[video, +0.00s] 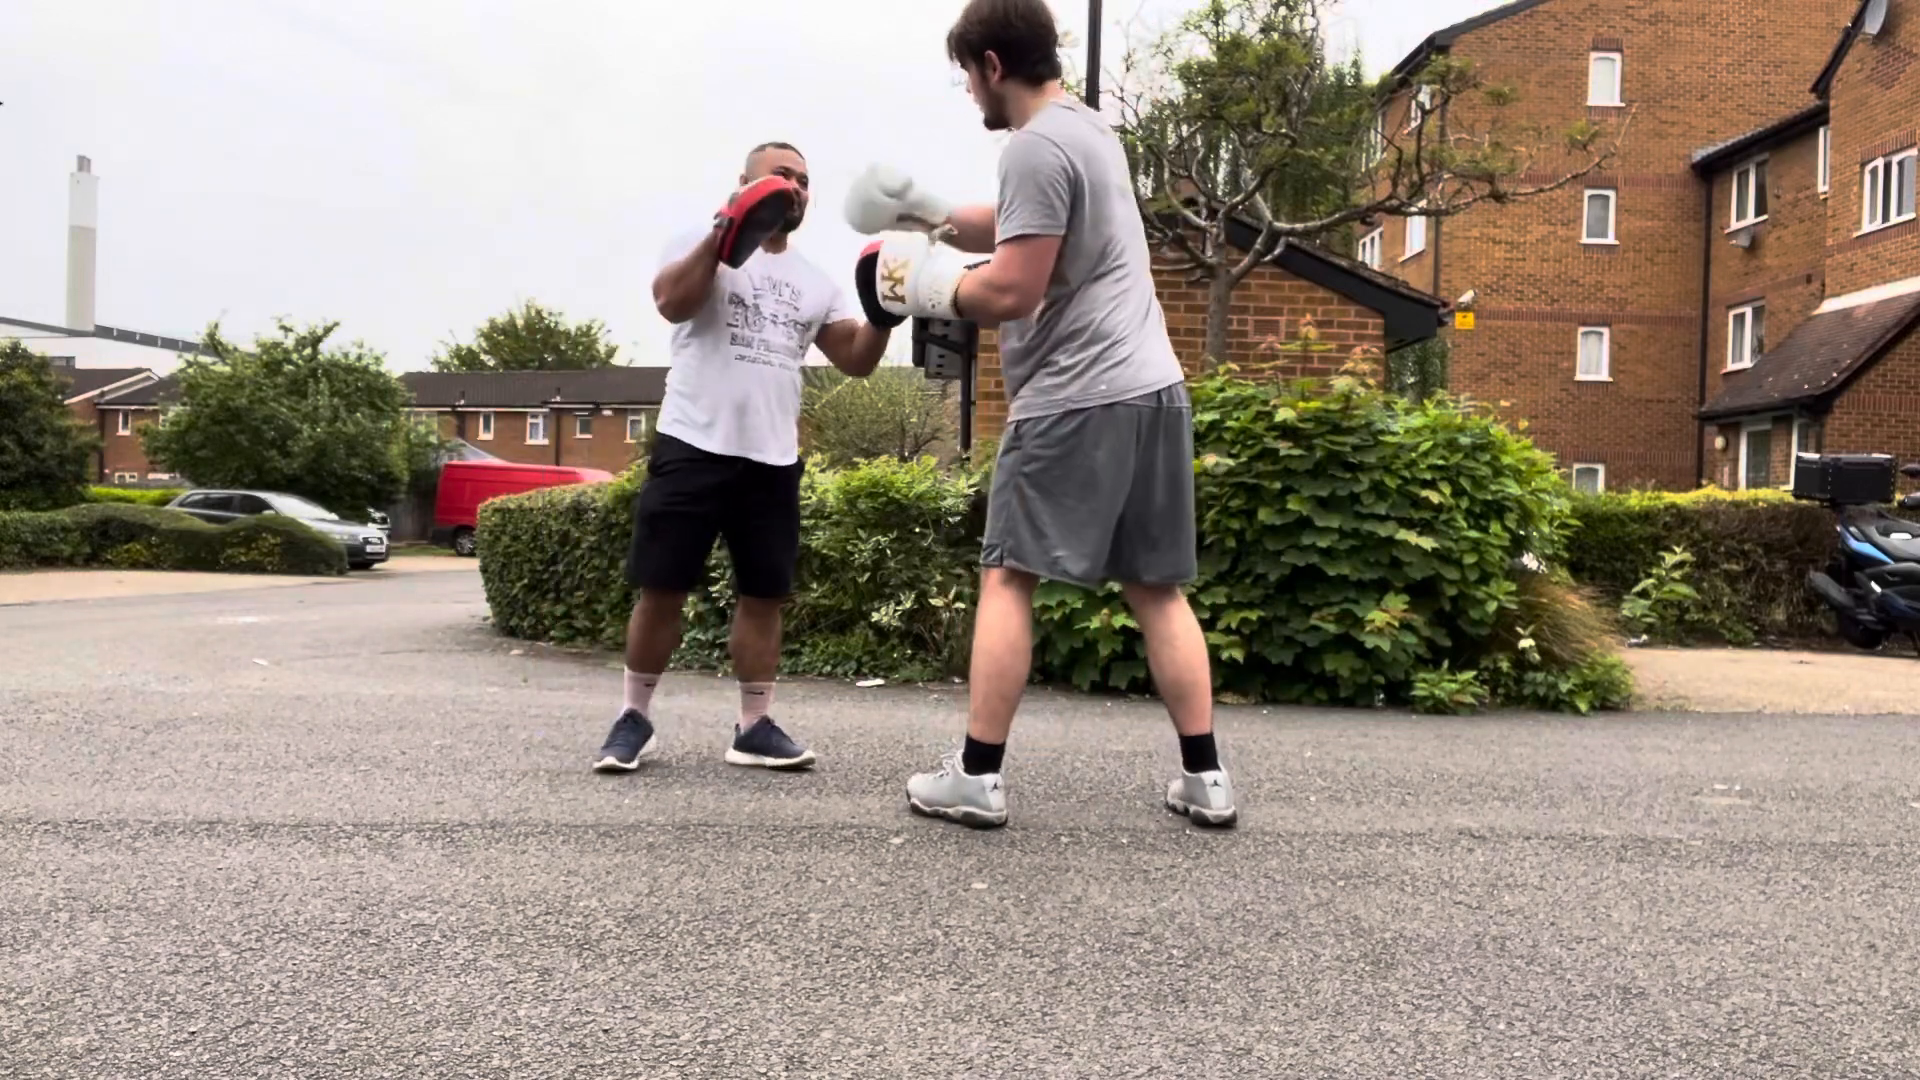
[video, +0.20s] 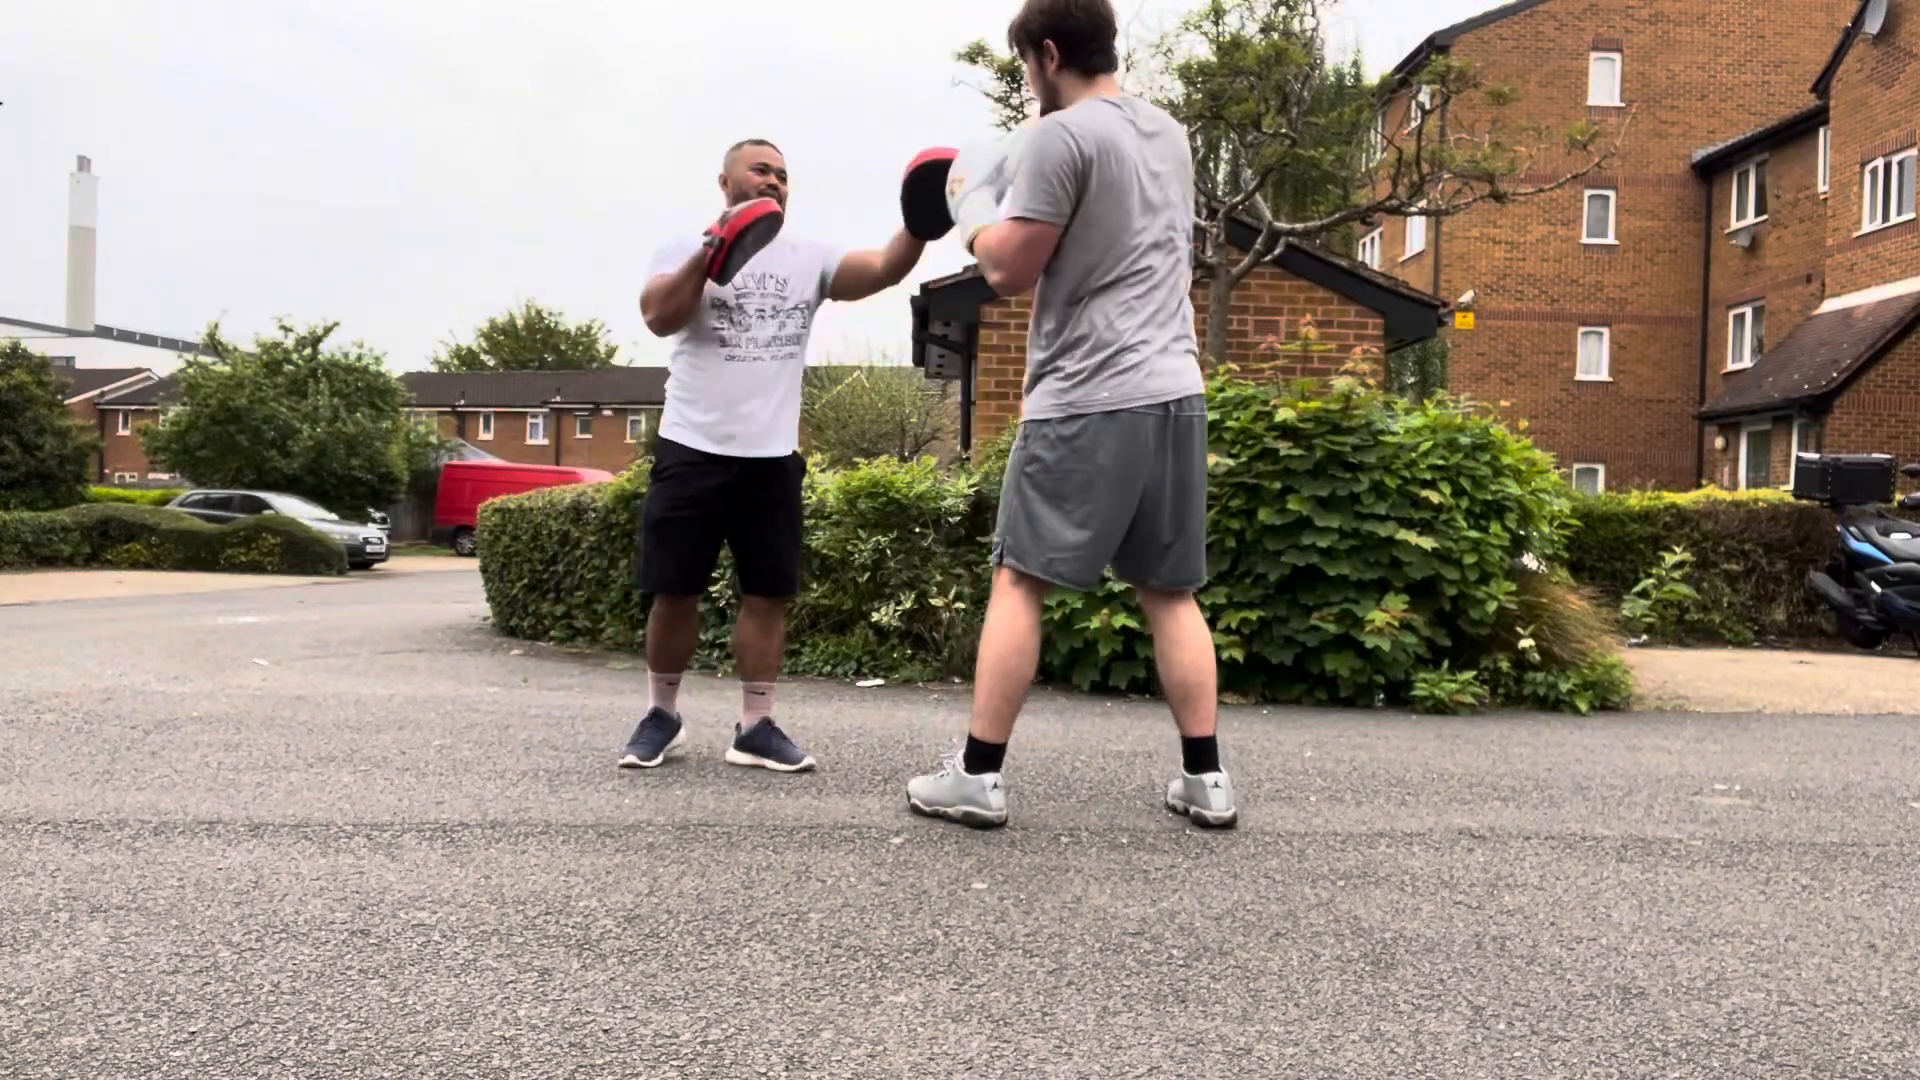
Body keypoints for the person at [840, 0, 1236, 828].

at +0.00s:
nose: (967, 92)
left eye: (966, 75)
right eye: (963, 77)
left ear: (992, 67)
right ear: (1038, 59)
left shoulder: (1036, 146)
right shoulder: (1092, 131)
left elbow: (1014, 292)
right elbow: (1026, 230)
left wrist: (926, 285)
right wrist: (929, 218)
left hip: (1071, 402)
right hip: (1156, 389)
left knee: (1008, 576)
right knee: (1157, 587)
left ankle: (976, 777)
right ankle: (1207, 779)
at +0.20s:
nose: (1026, 79)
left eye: (1025, 65)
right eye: (1024, 64)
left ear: (1047, 56)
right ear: (1110, 50)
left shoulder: (1057, 137)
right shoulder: (1170, 132)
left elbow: (1010, 267)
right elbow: (1143, 238)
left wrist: (976, 216)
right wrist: (1044, 163)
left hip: (1081, 402)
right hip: (1177, 398)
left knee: (1019, 582)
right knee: (1170, 590)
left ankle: (977, 775)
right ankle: (1207, 779)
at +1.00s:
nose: (1027, 103)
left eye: (1025, 86)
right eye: (1023, 88)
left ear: (1055, 70)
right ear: (1103, 62)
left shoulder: (1075, 148)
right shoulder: (1171, 138)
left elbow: (1018, 268)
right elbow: (1094, 240)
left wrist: (985, 195)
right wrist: (1010, 188)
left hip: (1104, 405)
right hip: (1194, 400)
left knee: (1028, 574)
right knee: (1178, 587)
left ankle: (980, 772)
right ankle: (1207, 779)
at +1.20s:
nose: (982, 114)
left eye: (982, 97)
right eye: (979, 98)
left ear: (1012, 87)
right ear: (1047, 80)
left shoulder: (1071, 158)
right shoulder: (1092, 141)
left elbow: (1059, 291)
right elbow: (973, 178)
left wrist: (983, 237)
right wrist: (871, 179)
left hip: (1106, 404)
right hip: (1178, 397)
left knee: (1024, 574)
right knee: (1168, 583)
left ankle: (980, 772)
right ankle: (1207, 777)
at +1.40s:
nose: (972, 122)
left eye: (968, 105)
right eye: (966, 107)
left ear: (992, 95)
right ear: (1039, 84)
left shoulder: (1057, 159)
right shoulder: (1091, 144)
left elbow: (1086, 291)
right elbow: (997, 241)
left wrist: (987, 301)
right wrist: (908, 261)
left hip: (1099, 406)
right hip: (1176, 396)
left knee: (1014, 571)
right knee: (1168, 581)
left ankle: (980, 773)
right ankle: (1206, 778)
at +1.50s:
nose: (983, 115)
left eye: (979, 99)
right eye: (979, 100)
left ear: (997, 88)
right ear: (1055, 74)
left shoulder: (1038, 160)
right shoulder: (1126, 133)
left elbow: (1045, 288)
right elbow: (1113, 287)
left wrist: (947, 301)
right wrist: (1000, 345)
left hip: (1092, 402)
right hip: (1181, 393)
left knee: (1012, 572)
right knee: (1173, 582)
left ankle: (980, 772)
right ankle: (1208, 778)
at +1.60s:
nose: (1003, 110)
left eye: (999, 95)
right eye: (999, 97)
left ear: (1019, 81)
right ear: (1079, 69)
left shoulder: (1027, 159)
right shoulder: (1166, 133)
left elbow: (969, 294)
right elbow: (1190, 253)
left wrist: (905, 279)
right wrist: (1071, 279)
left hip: (1082, 400)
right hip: (1184, 391)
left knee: (1017, 577)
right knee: (1178, 587)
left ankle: (981, 774)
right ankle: (1209, 779)